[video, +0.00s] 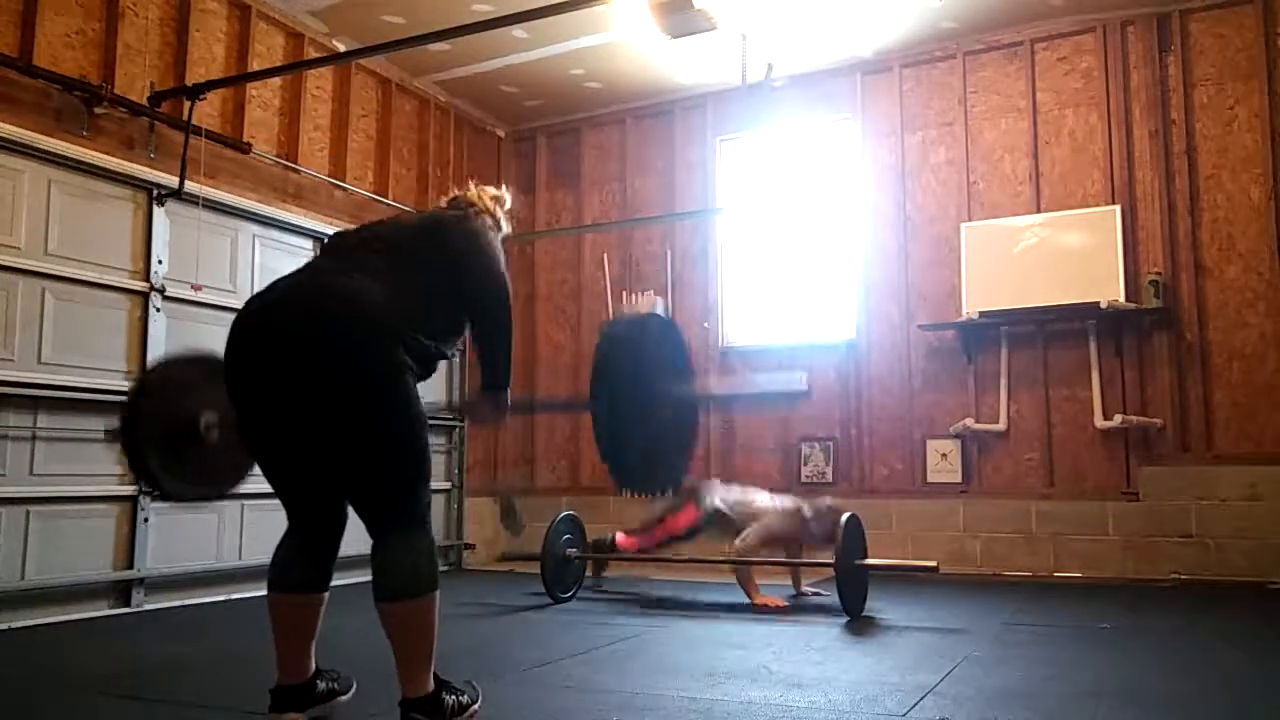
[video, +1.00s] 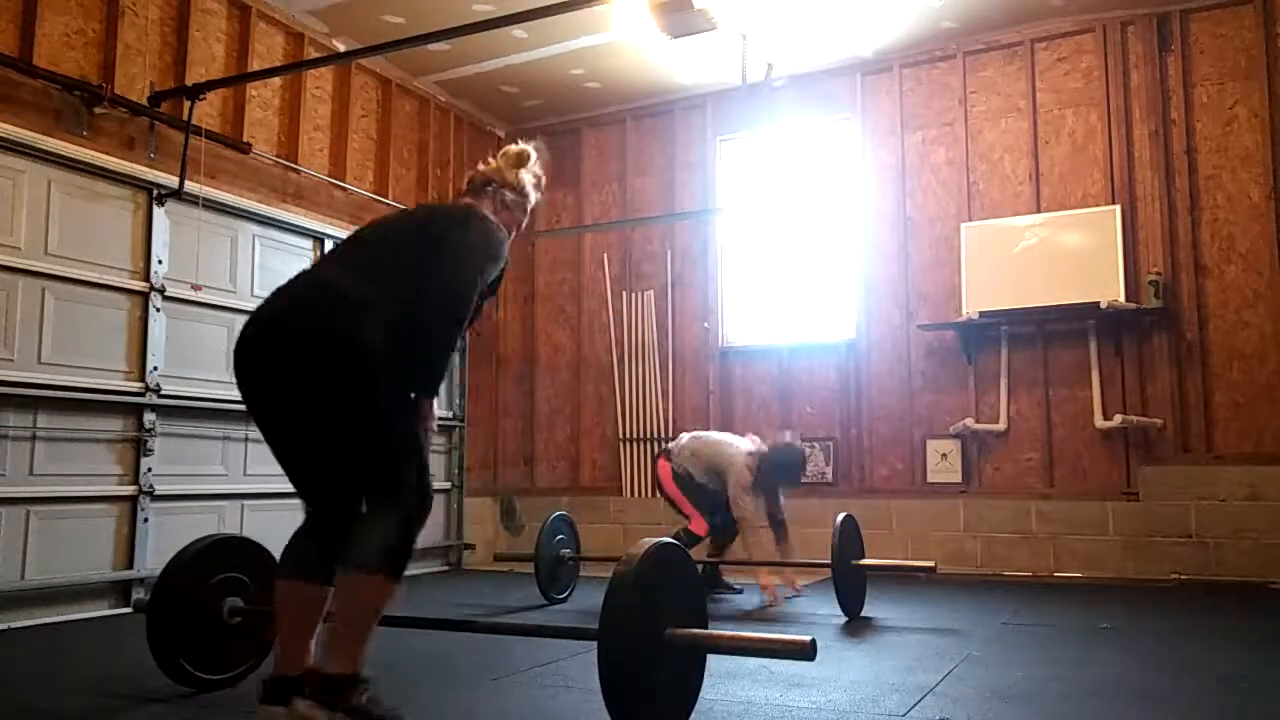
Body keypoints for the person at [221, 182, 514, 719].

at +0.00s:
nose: (498, 251)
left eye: (500, 242)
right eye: (498, 241)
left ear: (450, 210)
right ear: (487, 227)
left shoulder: (387, 231)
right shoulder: (472, 232)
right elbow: (492, 291)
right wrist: (495, 386)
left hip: (259, 344)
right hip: (353, 358)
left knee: (312, 519)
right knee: (401, 528)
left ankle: (294, 684)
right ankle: (420, 695)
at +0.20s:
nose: (495, 289)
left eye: (494, 277)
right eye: (496, 277)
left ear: (438, 257)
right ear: (488, 272)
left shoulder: (392, 280)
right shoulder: (475, 302)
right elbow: (491, 404)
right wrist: (500, 500)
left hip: (249, 361)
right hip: (353, 374)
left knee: (320, 519)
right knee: (411, 525)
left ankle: (297, 686)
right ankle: (425, 697)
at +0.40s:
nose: (497, 359)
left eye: (499, 351)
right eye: (497, 349)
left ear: (447, 326)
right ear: (485, 337)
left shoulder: (395, 343)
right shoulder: (477, 370)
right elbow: (494, 482)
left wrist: (333, 584)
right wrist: (500, 583)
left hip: (246, 401)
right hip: (354, 409)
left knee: (339, 520)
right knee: (433, 523)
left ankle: (299, 685)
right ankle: (427, 694)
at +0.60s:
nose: (506, 361)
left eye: (510, 352)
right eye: (508, 350)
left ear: (461, 324)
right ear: (498, 339)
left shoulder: (401, 341)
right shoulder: (480, 367)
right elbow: (491, 482)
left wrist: (340, 582)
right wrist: (495, 586)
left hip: (248, 396)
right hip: (353, 401)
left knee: (336, 522)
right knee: (430, 525)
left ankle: (299, 685)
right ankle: (426, 692)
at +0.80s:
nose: (505, 279)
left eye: (507, 268)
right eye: (506, 267)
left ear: (461, 242)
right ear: (497, 260)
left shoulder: (406, 268)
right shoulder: (475, 289)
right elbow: (466, 392)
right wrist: (451, 486)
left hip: (251, 358)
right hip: (340, 374)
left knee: (320, 518)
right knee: (405, 521)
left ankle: (297, 684)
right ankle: (422, 696)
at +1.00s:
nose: (511, 229)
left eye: (516, 220)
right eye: (514, 218)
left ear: (466, 194)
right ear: (505, 206)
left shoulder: (410, 221)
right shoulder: (486, 234)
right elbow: (440, 314)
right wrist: (425, 400)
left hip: (269, 345)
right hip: (347, 358)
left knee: (330, 505)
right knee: (401, 499)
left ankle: (286, 678)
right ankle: (336, 680)